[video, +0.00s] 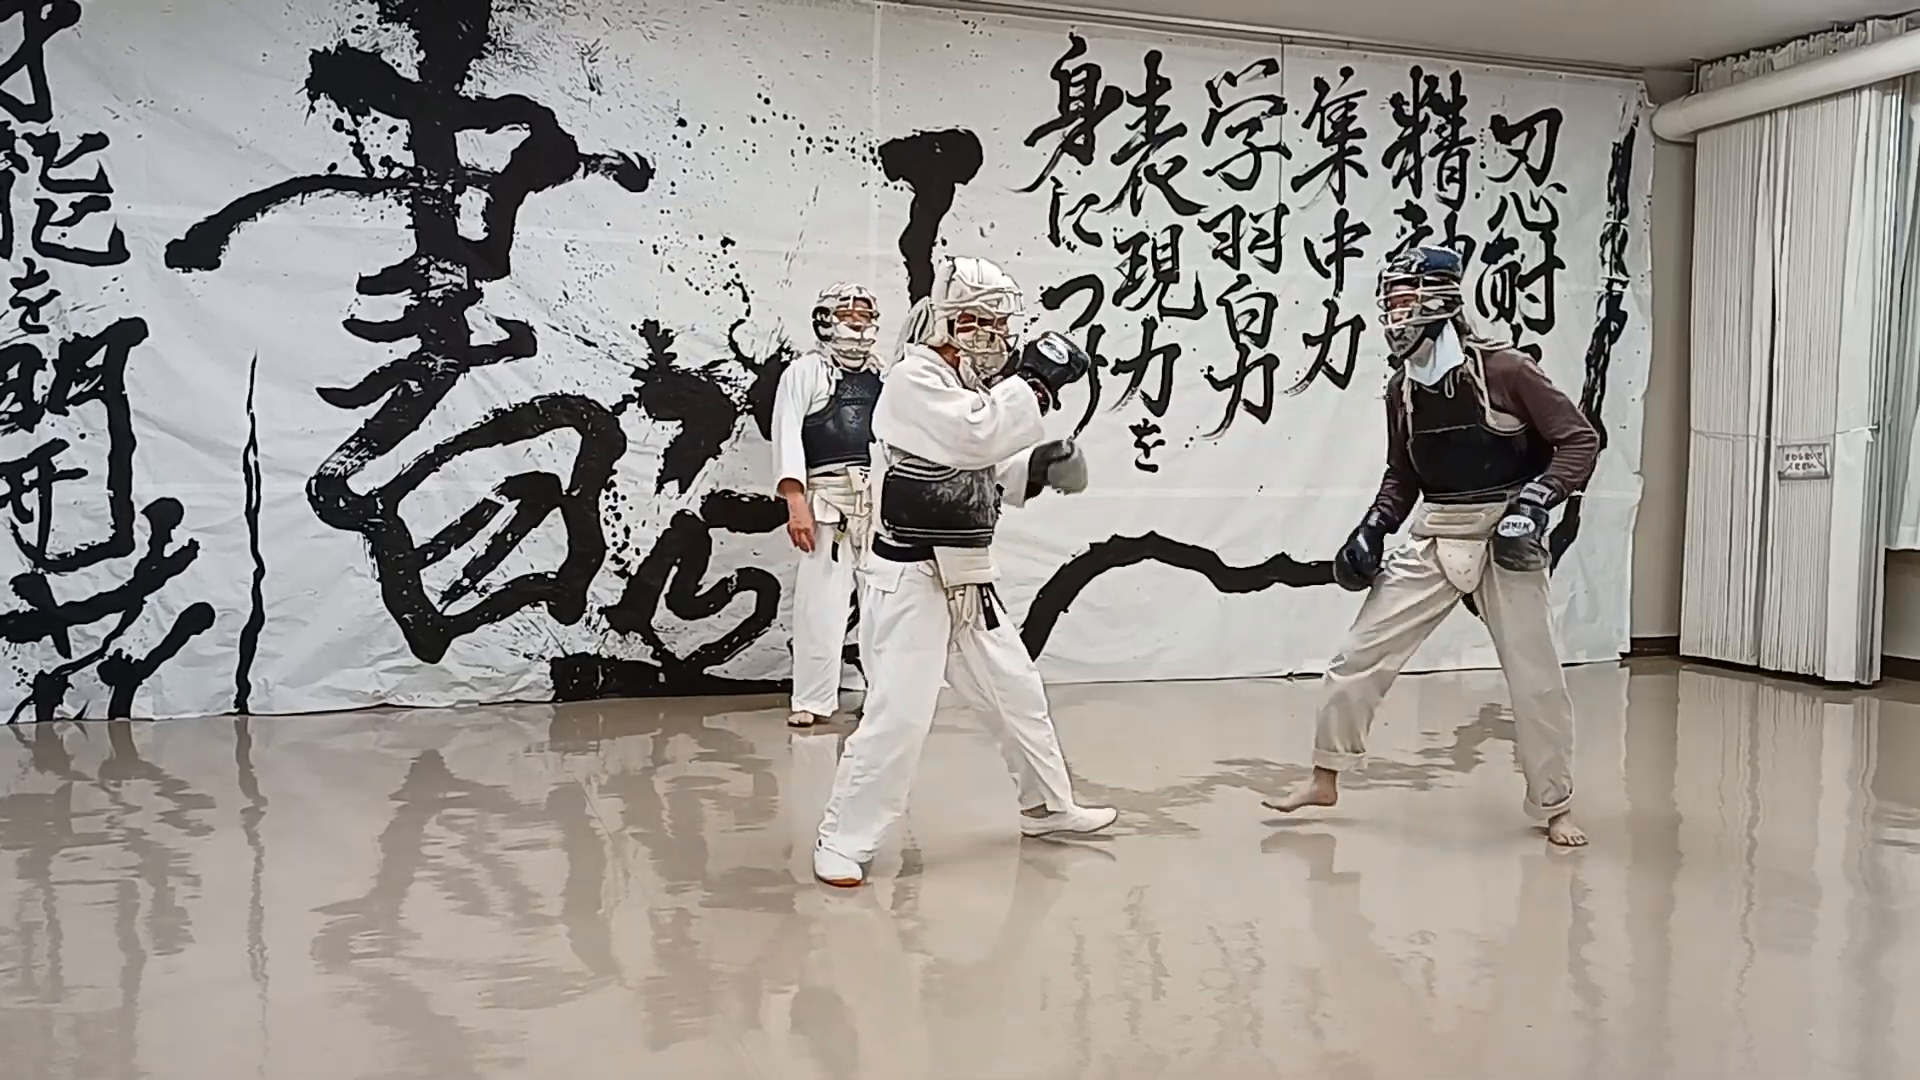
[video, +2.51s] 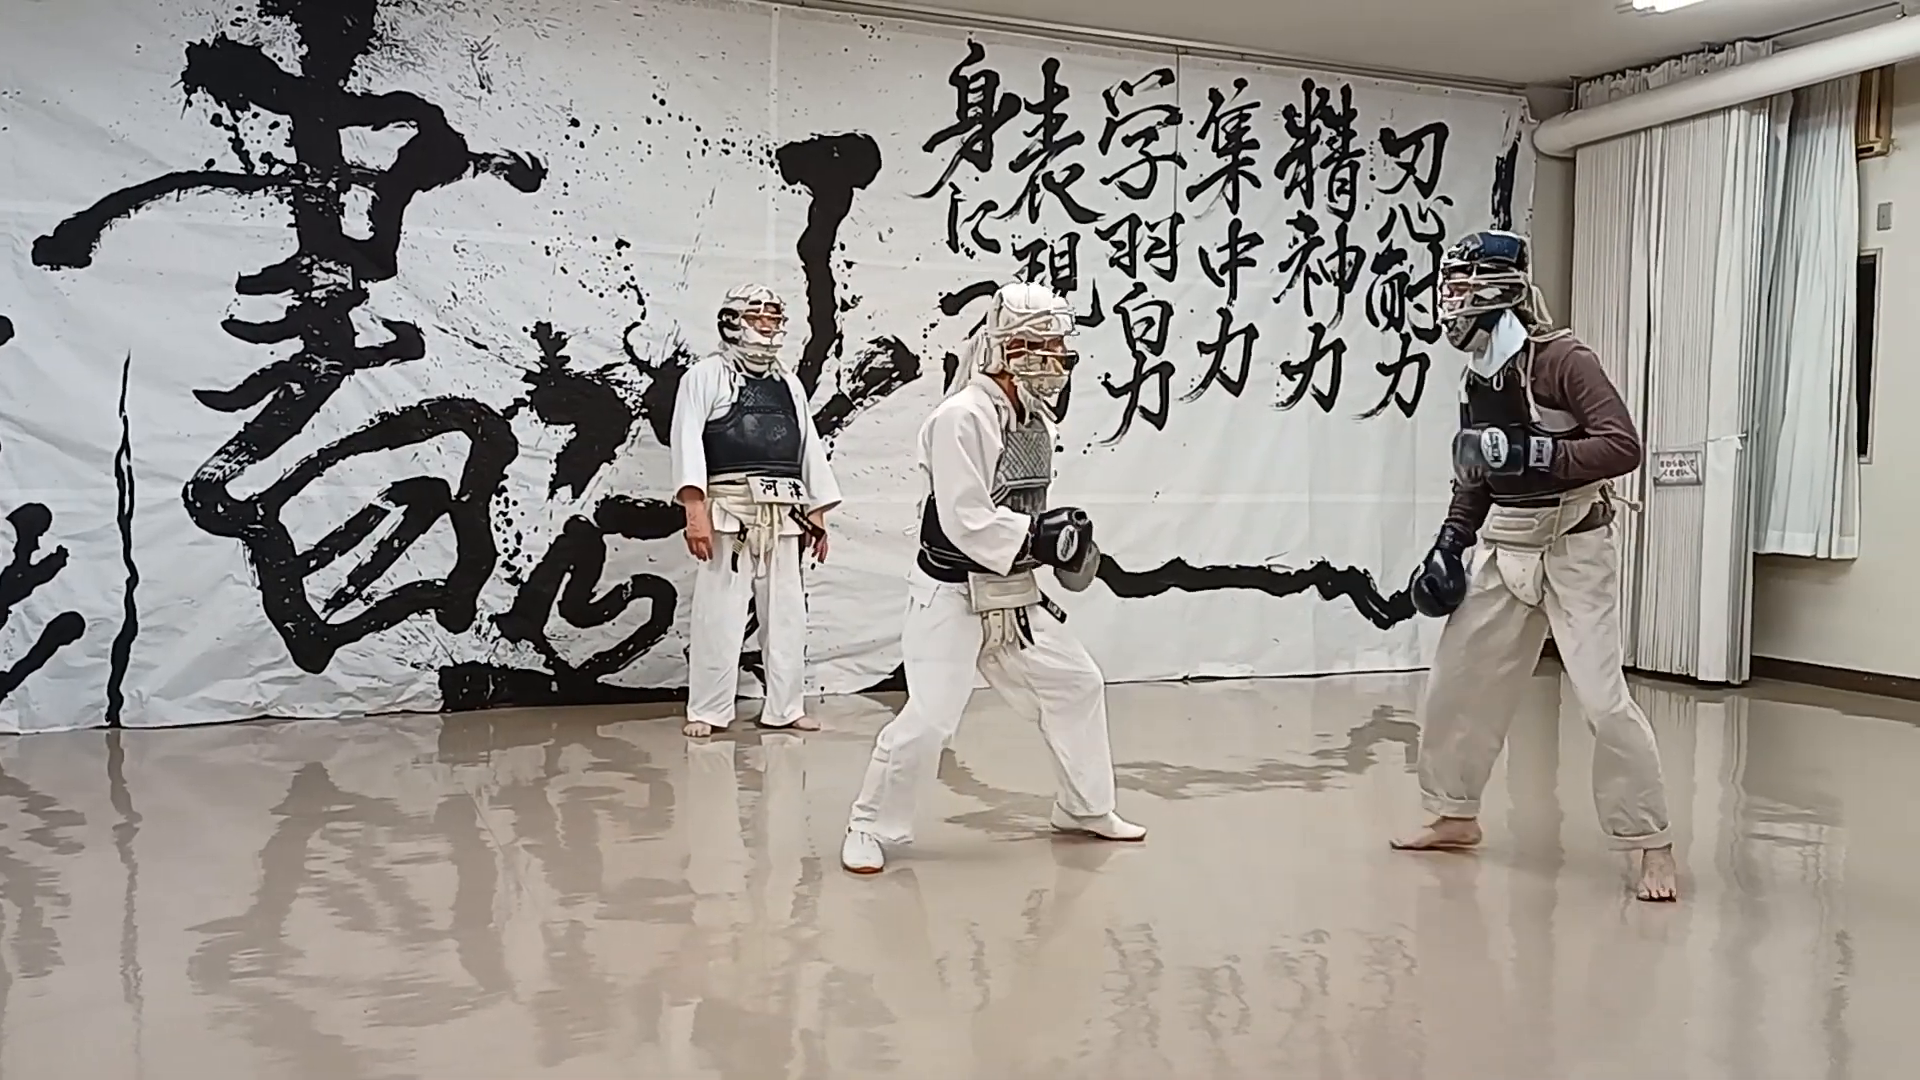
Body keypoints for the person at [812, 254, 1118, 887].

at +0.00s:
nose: (991, 334)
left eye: (998, 323)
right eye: (978, 321)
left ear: (1005, 328)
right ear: (947, 321)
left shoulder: (975, 388)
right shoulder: (914, 375)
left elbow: (979, 477)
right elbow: (975, 432)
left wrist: (1039, 473)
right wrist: (1037, 380)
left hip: (964, 572)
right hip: (908, 574)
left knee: (1018, 688)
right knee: (898, 714)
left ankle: (1048, 807)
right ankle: (842, 845)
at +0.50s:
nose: (1047, 345)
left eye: (1054, 334)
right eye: (1033, 334)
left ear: (1061, 336)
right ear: (1000, 334)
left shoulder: (1033, 395)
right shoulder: (970, 393)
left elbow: (1053, 454)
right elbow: (1031, 457)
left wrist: (1101, 414)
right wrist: (1093, 409)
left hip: (1011, 580)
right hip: (956, 583)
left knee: (1086, 670)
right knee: (948, 718)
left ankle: (1070, 791)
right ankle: (891, 824)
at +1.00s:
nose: (1084, 352)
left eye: (1092, 341)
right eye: (1071, 340)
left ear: (1098, 344)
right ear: (1039, 339)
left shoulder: (1070, 409)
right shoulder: (1003, 402)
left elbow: (1054, 496)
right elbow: (1026, 498)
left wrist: (1114, 502)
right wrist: (1106, 500)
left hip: (1051, 582)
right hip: (993, 584)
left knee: (1119, 684)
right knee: (979, 715)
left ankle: (1127, 804)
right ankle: (920, 843)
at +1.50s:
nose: (1092, 341)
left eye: (1102, 330)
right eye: (1079, 327)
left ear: (1110, 333)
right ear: (1050, 325)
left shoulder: (1081, 396)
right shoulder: (1005, 382)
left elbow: (1084, 482)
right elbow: (1028, 478)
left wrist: (1140, 472)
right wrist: (1115, 472)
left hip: (1068, 566)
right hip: (1005, 568)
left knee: (1133, 672)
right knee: (981, 697)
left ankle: (1149, 794)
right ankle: (909, 836)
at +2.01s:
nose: (1044, 340)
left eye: (1053, 328)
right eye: (1030, 328)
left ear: (1062, 333)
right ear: (1000, 330)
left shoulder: (1044, 402)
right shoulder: (961, 395)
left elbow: (1052, 475)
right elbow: (969, 499)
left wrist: (1074, 505)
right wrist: (1049, 516)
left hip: (1024, 574)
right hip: (960, 577)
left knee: (1082, 683)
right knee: (950, 710)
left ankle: (1078, 810)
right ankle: (893, 829)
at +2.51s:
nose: (1054, 358)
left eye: (1059, 347)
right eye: (1040, 346)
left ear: (1063, 352)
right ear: (1007, 351)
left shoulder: (1036, 419)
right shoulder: (962, 417)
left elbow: (1022, 502)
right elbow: (964, 519)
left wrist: (1053, 534)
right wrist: (1037, 539)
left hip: (1009, 585)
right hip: (948, 592)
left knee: (1077, 681)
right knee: (930, 719)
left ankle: (1083, 810)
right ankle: (868, 828)